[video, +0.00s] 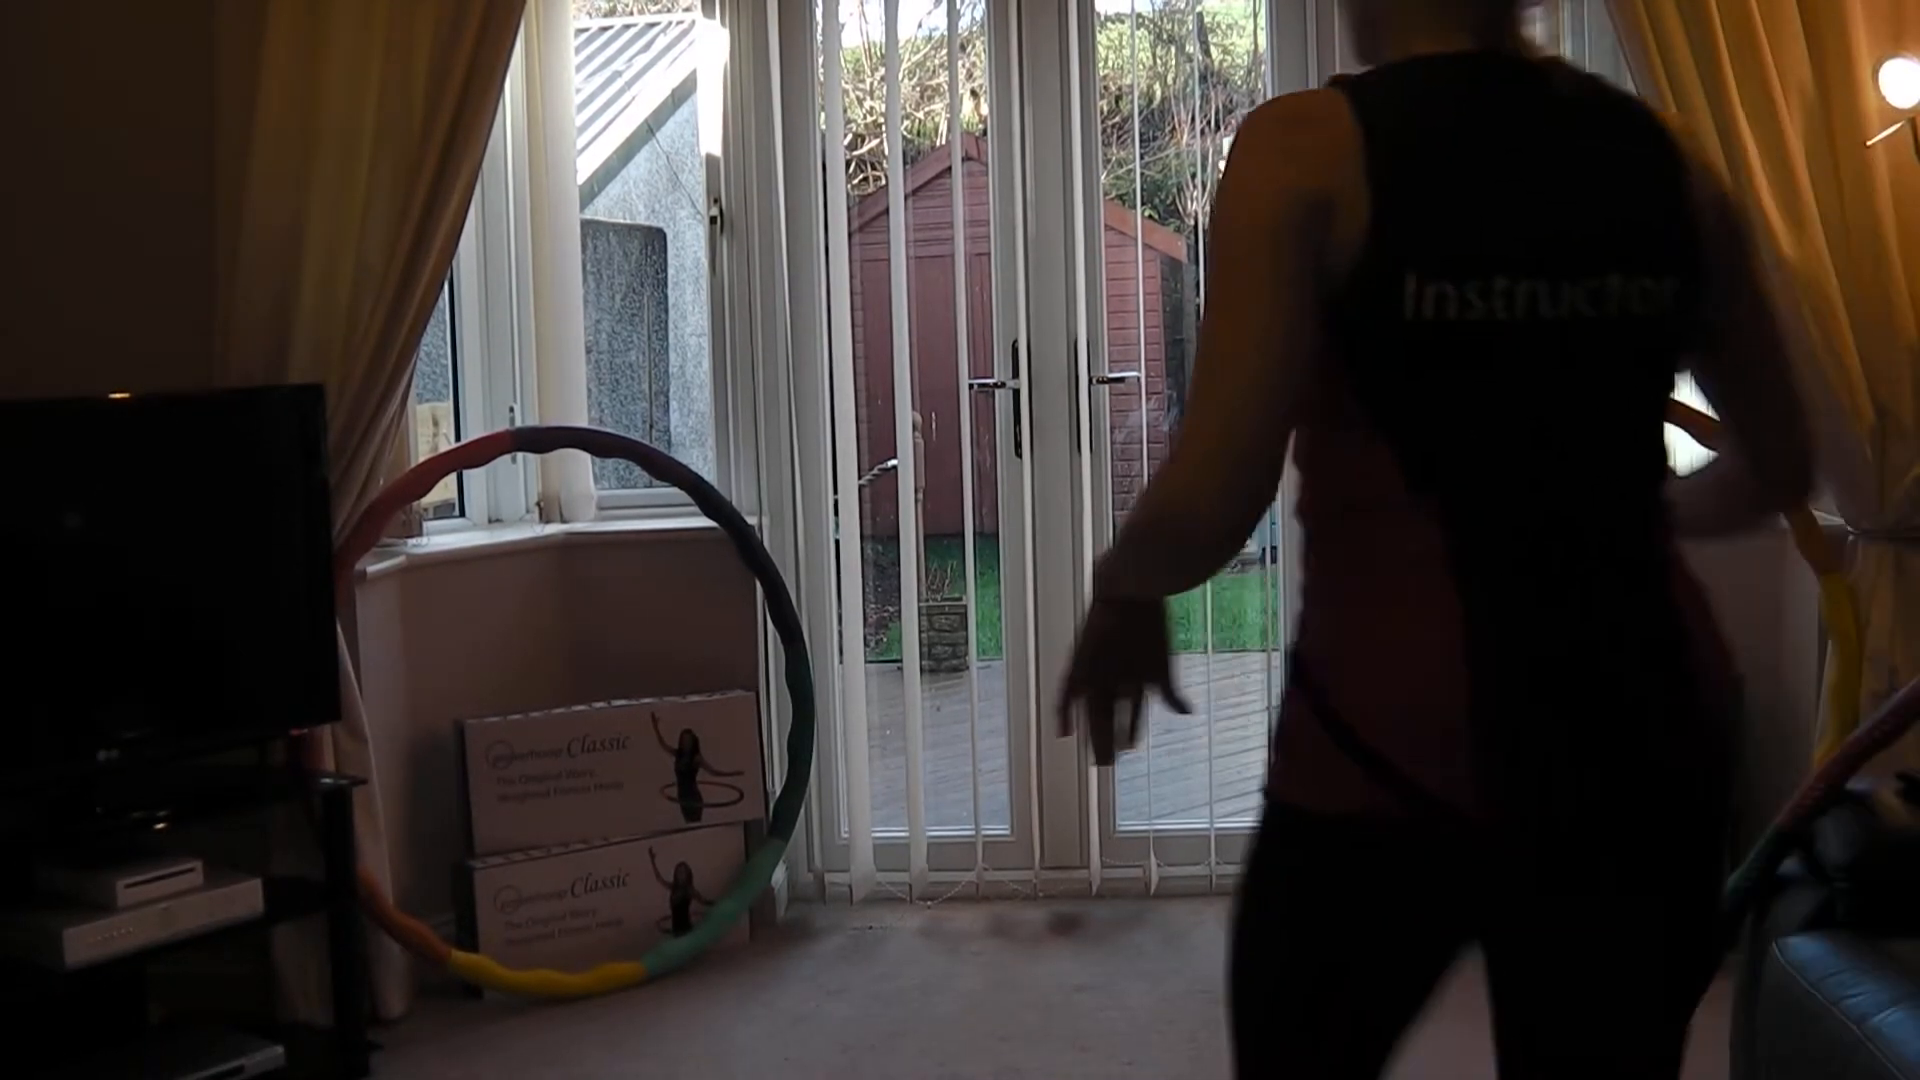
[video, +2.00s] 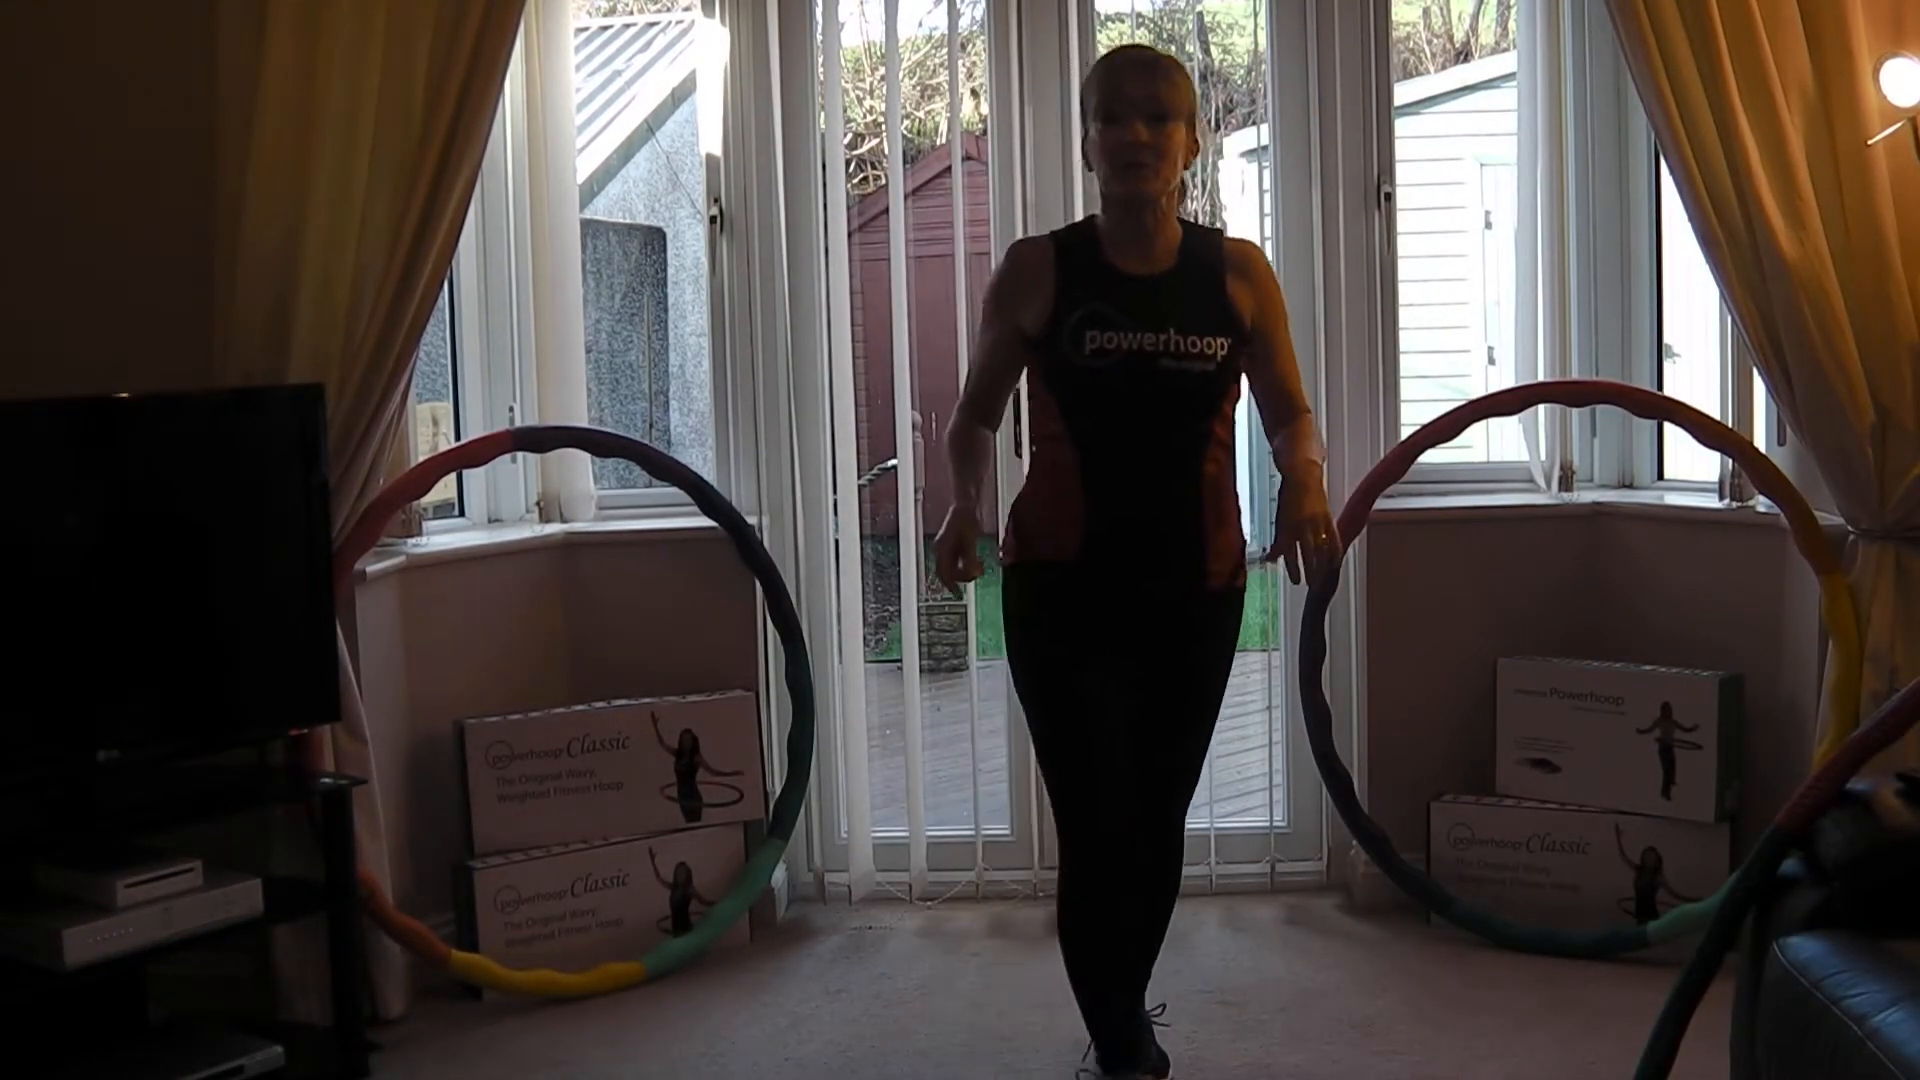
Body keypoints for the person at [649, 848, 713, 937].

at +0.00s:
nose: (681, 875)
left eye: (683, 872)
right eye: (679, 872)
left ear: (688, 874)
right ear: (675, 874)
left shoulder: (690, 889)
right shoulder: (673, 887)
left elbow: (702, 901)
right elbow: (659, 878)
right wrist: (652, 861)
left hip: (687, 926)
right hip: (675, 926)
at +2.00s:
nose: (681, 876)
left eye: (683, 873)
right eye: (678, 873)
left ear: (688, 874)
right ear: (675, 874)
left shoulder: (690, 889)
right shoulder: (673, 887)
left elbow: (702, 902)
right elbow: (658, 878)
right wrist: (652, 861)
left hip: (686, 924)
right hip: (675, 924)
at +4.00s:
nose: (681, 874)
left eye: (683, 872)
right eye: (678, 872)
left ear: (688, 874)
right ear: (675, 874)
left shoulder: (690, 889)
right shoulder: (673, 887)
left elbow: (703, 902)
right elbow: (659, 878)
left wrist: (717, 904)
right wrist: (652, 860)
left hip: (686, 924)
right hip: (675, 924)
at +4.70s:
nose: (681, 875)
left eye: (683, 872)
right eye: (679, 872)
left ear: (688, 874)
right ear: (675, 874)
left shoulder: (690, 889)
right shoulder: (673, 887)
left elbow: (703, 902)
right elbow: (659, 878)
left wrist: (718, 903)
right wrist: (652, 861)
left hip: (686, 924)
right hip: (675, 924)